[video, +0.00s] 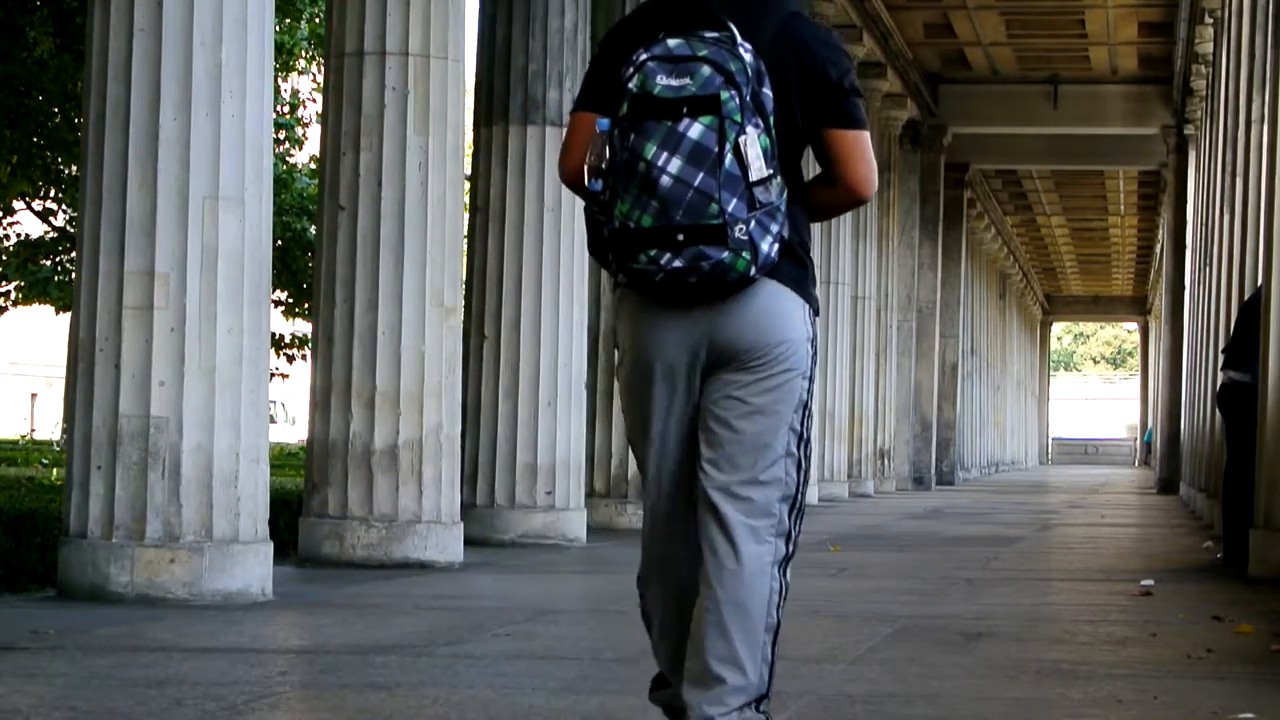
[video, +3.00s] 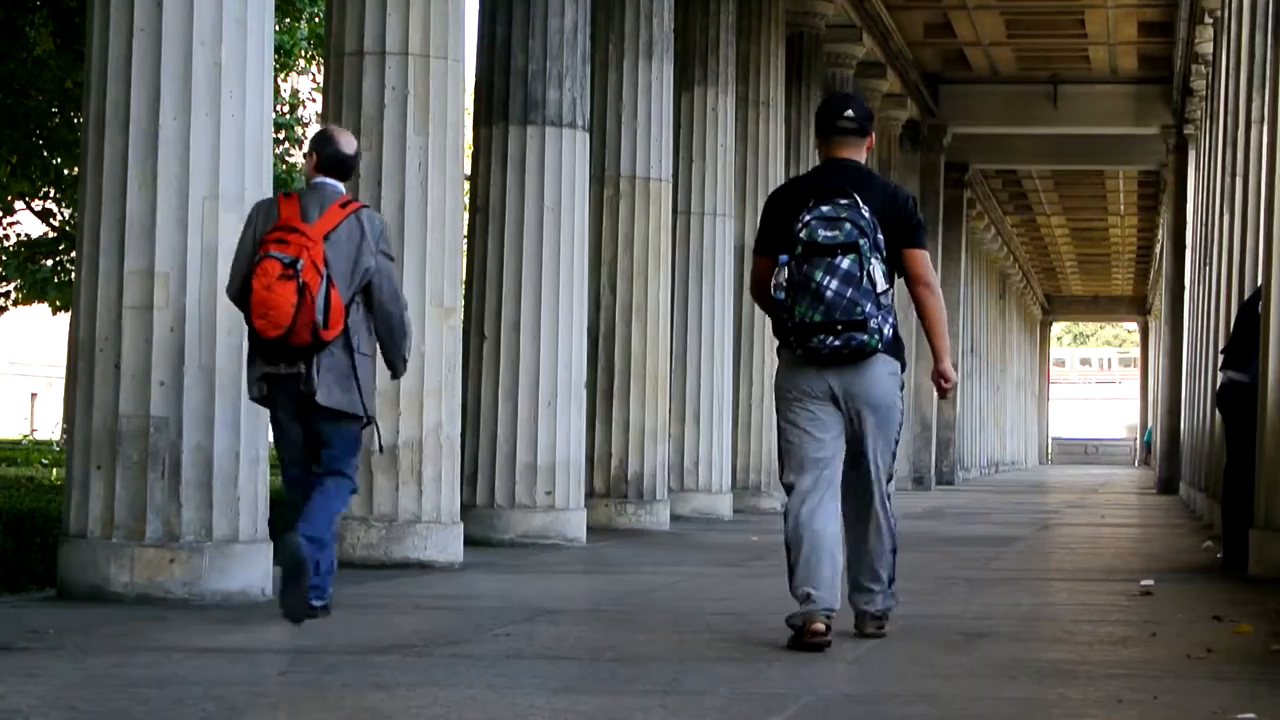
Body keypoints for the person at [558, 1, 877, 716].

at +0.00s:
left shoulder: (636, 27)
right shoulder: (803, 36)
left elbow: (576, 163)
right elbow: (858, 180)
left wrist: (648, 209)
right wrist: (785, 203)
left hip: (652, 302)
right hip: (764, 300)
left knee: (665, 501)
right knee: (745, 507)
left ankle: (677, 683)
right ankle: (725, 704)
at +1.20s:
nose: (834, 47)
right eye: (835, 37)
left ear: (764, 42)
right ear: (832, 43)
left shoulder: (717, 116)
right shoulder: (859, 125)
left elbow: (669, 221)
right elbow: (893, 239)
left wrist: (716, 260)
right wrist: (832, 258)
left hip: (732, 328)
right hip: (824, 329)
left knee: (736, 493)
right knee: (805, 496)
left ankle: (737, 648)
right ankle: (792, 670)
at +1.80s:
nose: (844, 92)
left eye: (835, 82)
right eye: (845, 83)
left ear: (779, 84)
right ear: (836, 84)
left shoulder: (732, 150)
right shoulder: (854, 151)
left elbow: (703, 253)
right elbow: (896, 241)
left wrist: (739, 316)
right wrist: (929, 336)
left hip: (746, 345)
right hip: (829, 343)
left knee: (752, 493)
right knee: (839, 493)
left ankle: (753, 647)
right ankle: (848, 633)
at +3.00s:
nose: (868, 144)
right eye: (871, 137)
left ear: (818, 138)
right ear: (871, 139)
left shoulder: (785, 198)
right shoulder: (894, 200)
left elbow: (760, 285)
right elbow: (922, 282)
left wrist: (791, 328)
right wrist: (943, 356)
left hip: (802, 360)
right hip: (873, 360)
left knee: (809, 482)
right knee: (872, 482)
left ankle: (814, 609)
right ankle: (872, 605)